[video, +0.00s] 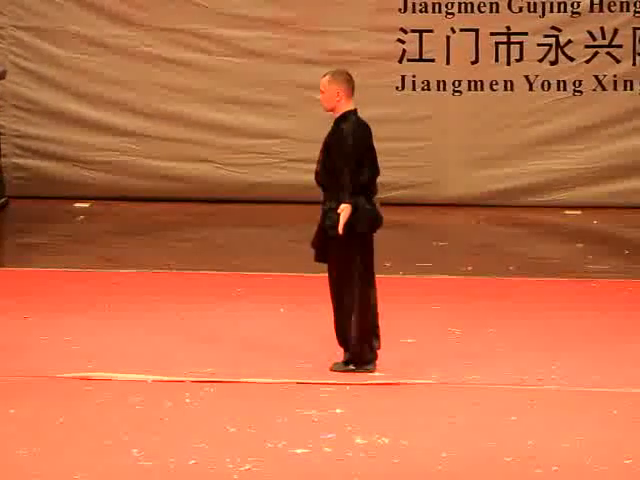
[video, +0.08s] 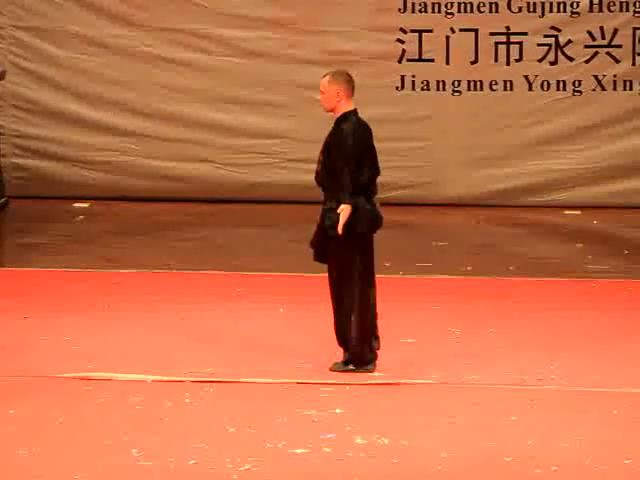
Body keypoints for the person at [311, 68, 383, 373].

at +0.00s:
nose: (320, 97)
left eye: (323, 91)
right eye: (321, 90)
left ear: (339, 93)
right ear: (342, 94)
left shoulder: (347, 128)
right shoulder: (356, 125)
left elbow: (350, 171)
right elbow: (369, 170)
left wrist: (347, 204)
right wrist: (357, 200)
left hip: (346, 221)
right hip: (359, 219)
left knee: (349, 287)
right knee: (359, 285)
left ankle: (358, 352)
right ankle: (365, 345)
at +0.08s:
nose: (319, 97)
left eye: (323, 92)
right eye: (320, 91)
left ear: (339, 94)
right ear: (342, 94)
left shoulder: (347, 129)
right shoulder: (356, 126)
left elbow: (350, 171)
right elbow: (369, 170)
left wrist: (346, 205)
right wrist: (356, 201)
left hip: (347, 220)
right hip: (358, 218)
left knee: (349, 286)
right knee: (358, 284)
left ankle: (358, 352)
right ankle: (364, 346)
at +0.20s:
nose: (319, 98)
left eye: (323, 93)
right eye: (320, 92)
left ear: (340, 96)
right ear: (343, 96)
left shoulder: (347, 129)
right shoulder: (358, 126)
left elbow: (349, 172)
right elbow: (371, 170)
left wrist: (346, 204)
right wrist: (358, 202)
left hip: (346, 221)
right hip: (359, 219)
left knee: (349, 288)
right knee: (358, 286)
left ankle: (357, 353)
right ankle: (364, 347)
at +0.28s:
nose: (320, 98)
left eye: (323, 93)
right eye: (321, 92)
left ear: (340, 95)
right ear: (343, 96)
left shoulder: (348, 130)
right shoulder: (356, 126)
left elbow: (350, 173)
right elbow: (370, 171)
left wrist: (346, 206)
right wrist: (355, 201)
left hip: (347, 222)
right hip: (358, 220)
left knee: (349, 288)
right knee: (356, 286)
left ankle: (357, 353)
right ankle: (362, 347)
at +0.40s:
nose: (320, 99)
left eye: (323, 93)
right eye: (321, 93)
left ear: (340, 95)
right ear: (343, 96)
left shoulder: (348, 130)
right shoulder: (358, 127)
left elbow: (351, 173)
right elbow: (370, 171)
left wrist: (347, 204)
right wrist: (356, 202)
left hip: (346, 223)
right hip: (358, 221)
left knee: (348, 289)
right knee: (356, 287)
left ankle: (356, 353)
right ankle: (361, 349)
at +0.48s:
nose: (320, 99)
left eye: (323, 94)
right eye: (321, 93)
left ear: (340, 96)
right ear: (343, 96)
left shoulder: (347, 131)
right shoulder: (360, 128)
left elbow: (349, 174)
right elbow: (371, 171)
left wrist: (345, 205)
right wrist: (354, 202)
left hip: (345, 224)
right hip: (360, 221)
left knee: (346, 289)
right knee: (358, 288)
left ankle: (354, 353)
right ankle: (361, 349)